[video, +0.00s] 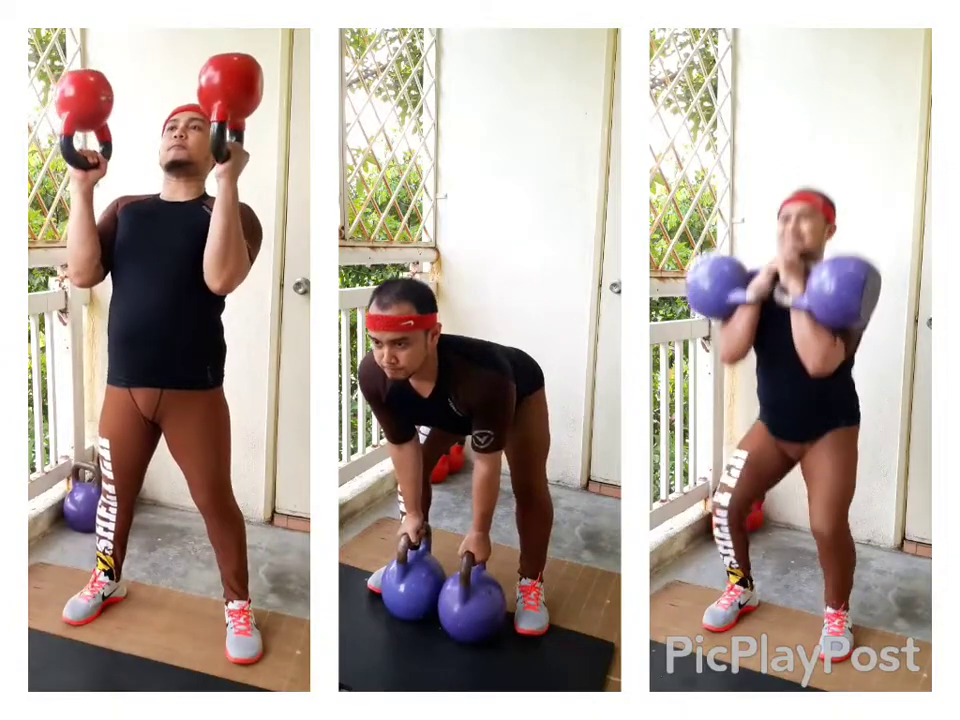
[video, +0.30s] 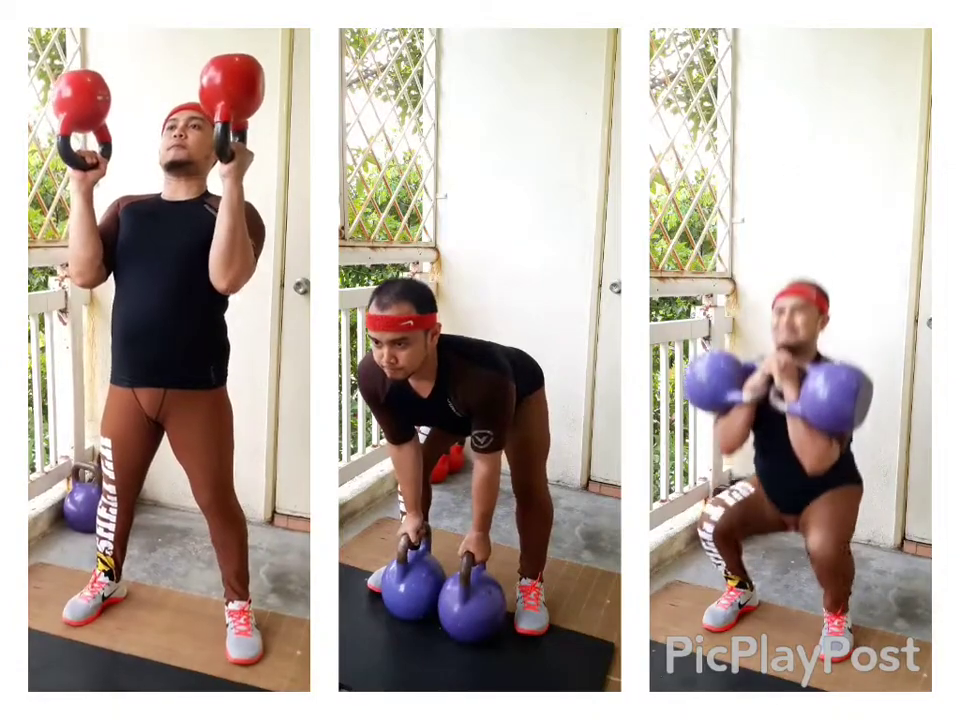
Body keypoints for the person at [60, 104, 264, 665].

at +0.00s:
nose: (178, 133)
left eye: (192, 127)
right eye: (171, 128)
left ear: (215, 148)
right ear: (159, 149)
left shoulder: (235, 216)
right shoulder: (125, 209)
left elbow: (221, 278)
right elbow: (82, 274)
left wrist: (226, 180)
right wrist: (83, 187)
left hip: (193, 391)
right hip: (123, 386)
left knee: (215, 503)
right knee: (115, 492)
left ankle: (238, 605)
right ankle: (106, 576)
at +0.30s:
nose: (178, 133)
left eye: (193, 126)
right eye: (170, 127)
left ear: (216, 147)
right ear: (158, 147)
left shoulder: (235, 214)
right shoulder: (126, 209)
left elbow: (227, 278)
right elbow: (84, 273)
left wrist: (232, 182)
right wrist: (83, 189)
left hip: (197, 391)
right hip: (127, 386)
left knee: (217, 503)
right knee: (116, 492)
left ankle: (238, 605)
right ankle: (106, 576)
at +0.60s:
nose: (163, 131)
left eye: (178, 124)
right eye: (155, 124)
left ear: (200, 145)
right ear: (143, 144)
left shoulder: (216, 212)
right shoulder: (111, 205)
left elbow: (205, 276)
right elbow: (67, 266)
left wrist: (214, 183)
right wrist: (66, 181)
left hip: (179, 385)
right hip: (111, 380)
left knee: (208, 499)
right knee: (107, 488)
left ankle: (238, 603)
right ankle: (106, 577)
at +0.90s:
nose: (145, 129)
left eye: (160, 123)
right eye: (138, 123)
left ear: (183, 144)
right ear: (126, 140)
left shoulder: (193, 211)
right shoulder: (93, 199)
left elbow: (182, 277)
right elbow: (50, 259)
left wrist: (199, 187)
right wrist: (54, 174)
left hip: (159, 379)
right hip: (93, 375)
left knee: (183, 495)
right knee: (100, 484)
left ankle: (203, 592)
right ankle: (106, 577)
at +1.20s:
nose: (165, 127)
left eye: (179, 121)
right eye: (157, 121)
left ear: (202, 140)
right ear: (146, 141)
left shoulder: (221, 210)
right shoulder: (115, 202)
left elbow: (207, 272)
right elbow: (72, 266)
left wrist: (213, 179)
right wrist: (74, 180)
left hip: (182, 383)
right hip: (117, 378)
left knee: (186, 496)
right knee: (104, 486)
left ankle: (190, 597)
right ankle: (107, 576)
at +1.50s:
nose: (174, 127)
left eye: (190, 121)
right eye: (167, 121)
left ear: (213, 140)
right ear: (156, 140)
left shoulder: (231, 207)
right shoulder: (125, 202)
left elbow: (222, 272)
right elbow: (84, 266)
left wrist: (228, 179)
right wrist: (82, 182)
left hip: (191, 379)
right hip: (126, 375)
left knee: (189, 493)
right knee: (131, 490)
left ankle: (190, 597)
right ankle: (136, 586)